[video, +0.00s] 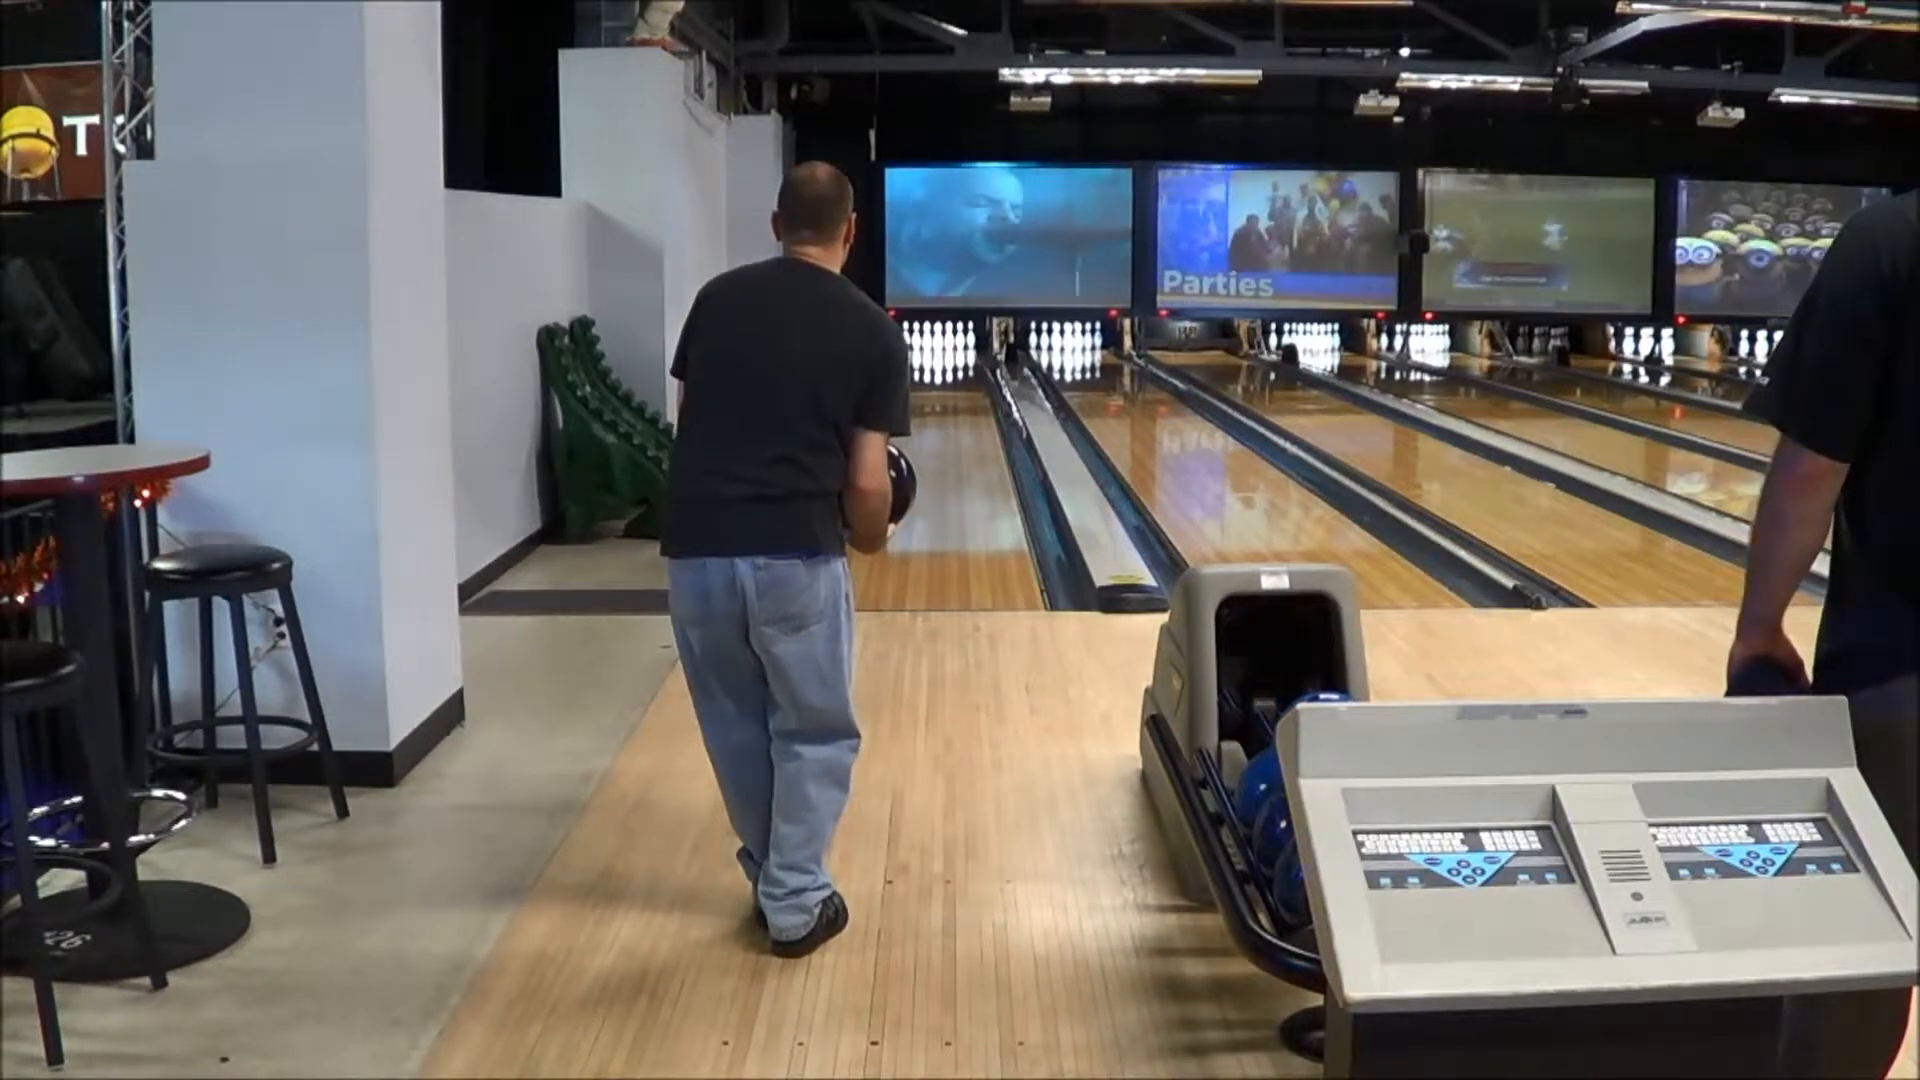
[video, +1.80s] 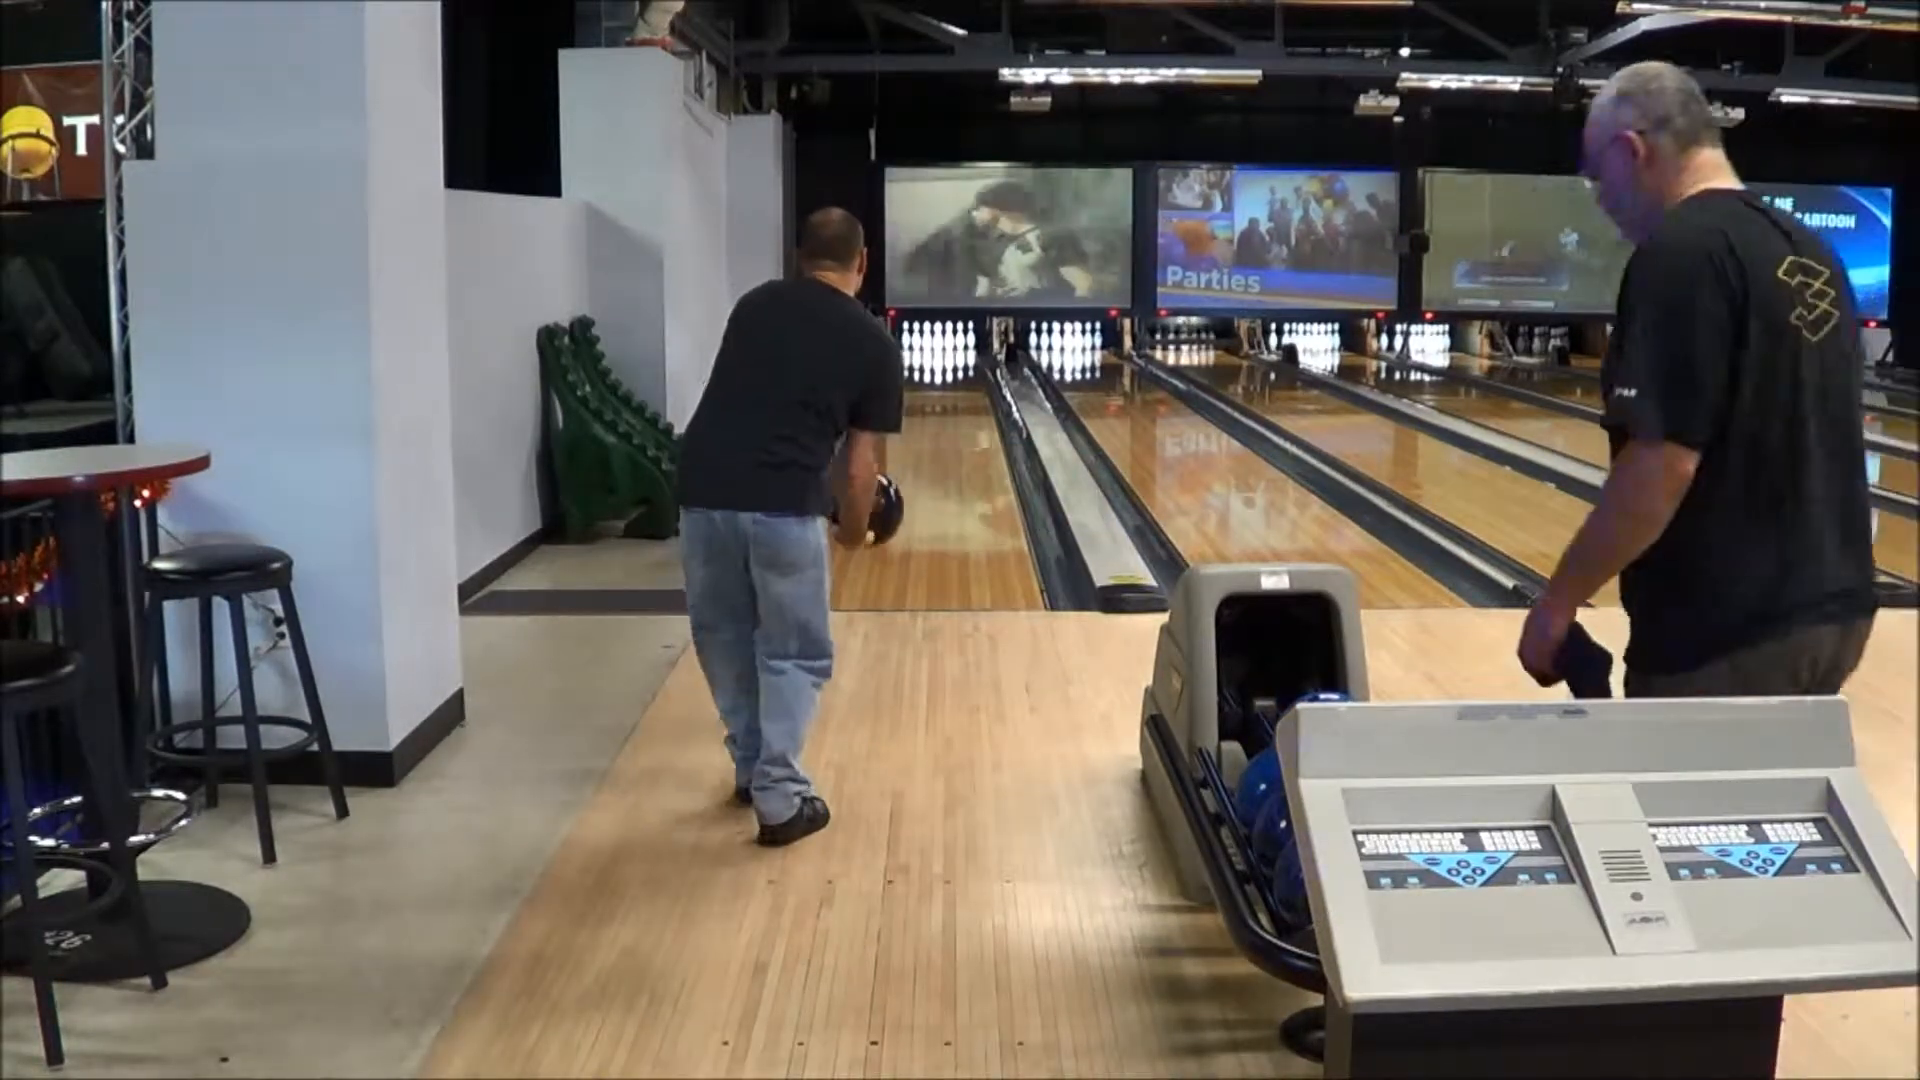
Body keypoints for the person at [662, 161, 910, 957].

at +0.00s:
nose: (850, 235)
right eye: (854, 224)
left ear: (775, 226)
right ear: (851, 229)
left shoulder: (717, 298)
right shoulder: (868, 328)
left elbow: (686, 421)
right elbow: (867, 485)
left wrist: (724, 486)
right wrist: (873, 538)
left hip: (695, 549)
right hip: (796, 551)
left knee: (733, 722)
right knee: (814, 731)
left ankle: (769, 869)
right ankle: (793, 903)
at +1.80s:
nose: (864, 270)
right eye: (865, 261)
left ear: (799, 258)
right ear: (861, 263)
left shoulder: (755, 303)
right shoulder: (869, 341)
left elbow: (749, 404)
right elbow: (862, 466)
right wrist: (854, 530)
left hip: (704, 496)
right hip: (782, 505)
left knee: (721, 635)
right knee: (794, 654)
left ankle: (751, 763)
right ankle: (779, 794)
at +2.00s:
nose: (864, 271)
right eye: (867, 262)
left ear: (804, 257)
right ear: (864, 262)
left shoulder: (764, 297)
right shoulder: (866, 320)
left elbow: (745, 395)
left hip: (701, 465)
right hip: (778, 473)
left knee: (722, 618)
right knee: (786, 625)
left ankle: (754, 744)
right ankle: (780, 770)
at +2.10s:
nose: (868, 271)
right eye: (869, 263)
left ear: (807, 260)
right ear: (865, 262)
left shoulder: (769, 297)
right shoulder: (861, 309)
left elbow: (723, 369)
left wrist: (682, 418)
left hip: (705, 457)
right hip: (778, 460)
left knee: (722, 613)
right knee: (794, 611)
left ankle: (755, 750)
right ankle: (780, 723)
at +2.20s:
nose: (876, 281)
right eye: (877, 273)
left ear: (813, 267)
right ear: (871, 271)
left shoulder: (777, 308)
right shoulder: (861, 306)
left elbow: (719, 361)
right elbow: (867, 356)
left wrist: (680, 391)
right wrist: (865, 425)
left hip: (710, 456)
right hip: (782, 457)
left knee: (730, 603)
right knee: (810, 593)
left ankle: (758, 750)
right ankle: (794, 710)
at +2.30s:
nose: (874, 291)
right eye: (877, 286)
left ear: (823, 279)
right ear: (876, 285)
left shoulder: (793, 318)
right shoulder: (859, 304)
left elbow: (752, 346)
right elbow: (873, 313)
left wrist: (715, 358)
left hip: (721, 456)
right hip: (792, 457)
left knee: (746, 599)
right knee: (827, 584)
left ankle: (762, 749)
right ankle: (821, 710)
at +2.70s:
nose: (918, 333)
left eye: (914, 328)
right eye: (919, 327)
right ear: (915, 328)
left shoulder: (846, 357)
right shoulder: (888, 361)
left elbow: (818, 357)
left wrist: (781, 346)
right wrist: (882, 318)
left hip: (761, 467)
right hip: (808, 477)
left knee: (803, 552)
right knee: (854, 580)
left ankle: (801, 647)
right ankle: (808, 678)